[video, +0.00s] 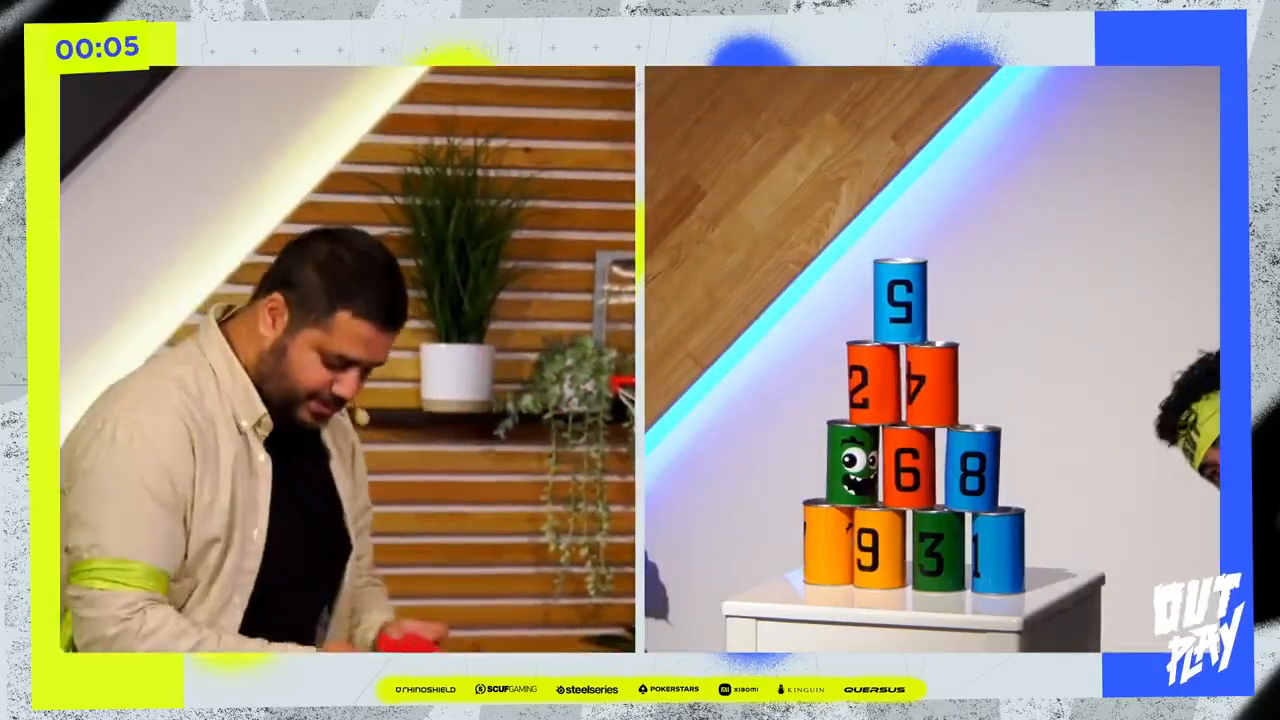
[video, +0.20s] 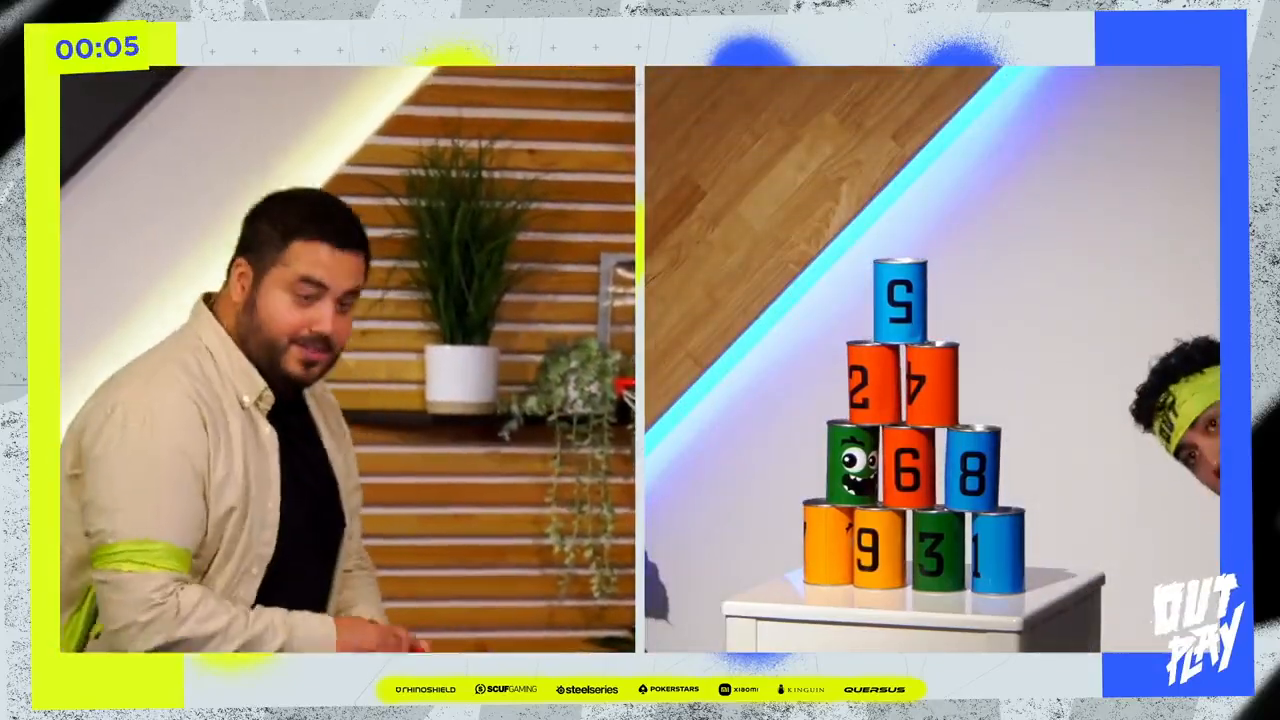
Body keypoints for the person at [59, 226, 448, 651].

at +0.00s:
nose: (348, 391)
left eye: (365, 372)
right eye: (335, 363)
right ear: (274, 318)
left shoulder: (330, 422)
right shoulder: (147, 421)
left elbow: (354, 578)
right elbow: (113, 626)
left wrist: (381, 633)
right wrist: (305, 667)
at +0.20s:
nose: (327, 327)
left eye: (345, 305)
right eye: (306, 296)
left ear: (356, 310)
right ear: (242, 281)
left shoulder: (311, 399)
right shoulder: (157, 403)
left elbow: (345, 556)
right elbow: (143, 617)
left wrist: (369, 637)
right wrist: (331, 639)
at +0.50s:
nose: (304, 277)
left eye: (320, 257)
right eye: (276, 253)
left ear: (333, 271)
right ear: (217, 265)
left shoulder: (299, 392)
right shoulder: (168, 381)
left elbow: (280, 604)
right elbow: (185, 558)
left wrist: (410, 627)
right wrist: (377, 571)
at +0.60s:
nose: (305, 275)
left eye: (321, 253)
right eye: (275, 251)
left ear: (336, 268)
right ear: (217, 265)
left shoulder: (311, 403)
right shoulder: (170, 373)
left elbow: (313, 597)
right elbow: (159, 515)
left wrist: (442, 617)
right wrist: (358, 578)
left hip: (267, 694)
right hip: (135, 693)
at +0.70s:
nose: (301, 273)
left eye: (316, 251)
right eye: (270, 251)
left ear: (333, 269)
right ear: (214, 269)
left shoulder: (310, 404)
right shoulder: (166, 373)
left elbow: (331, 548)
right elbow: (114, 487)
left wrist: (472, 512)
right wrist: (236, 582)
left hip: (307, 697)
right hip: (184, 698)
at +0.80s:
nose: (288, 261)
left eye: (304, 240)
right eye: (257, 241)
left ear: (322, 258)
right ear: (202, 262)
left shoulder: (318, 404)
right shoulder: (144, 375)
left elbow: (398, 527)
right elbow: (44, 481)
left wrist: (481, 389)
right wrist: (88, 586)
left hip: (323, 700)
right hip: (183, 699)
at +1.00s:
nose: (211, 253)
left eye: (228, 226)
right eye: (178, 231)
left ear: (250, 237)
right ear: (128, 251)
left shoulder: (327, 349)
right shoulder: (69, 398)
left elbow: (438, 387)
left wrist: (546, 405)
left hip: (320, 695)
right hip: (141, 698)